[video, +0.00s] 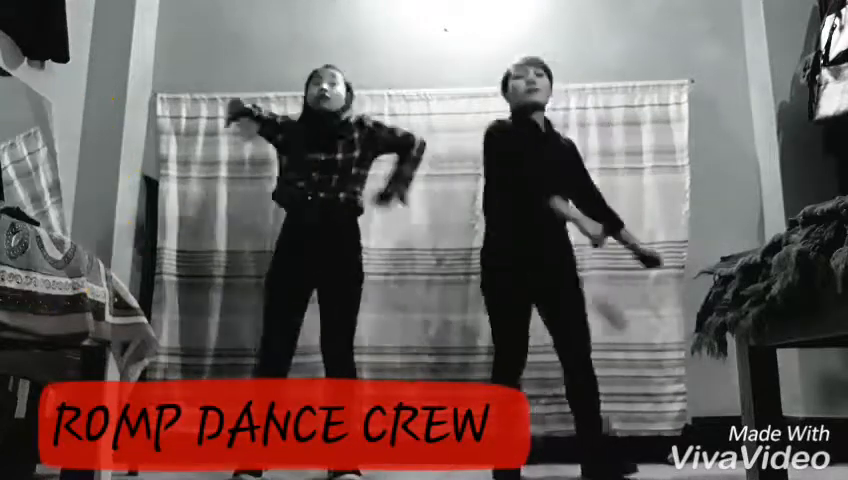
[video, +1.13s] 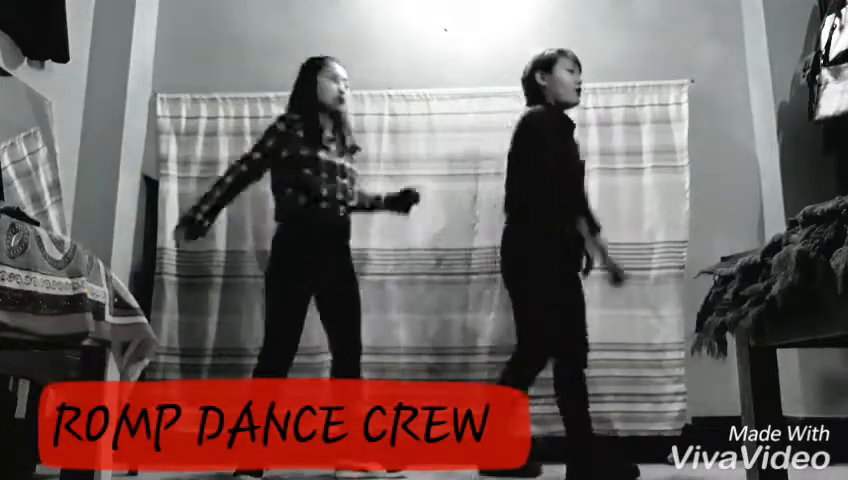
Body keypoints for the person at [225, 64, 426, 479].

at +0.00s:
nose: (324, 86)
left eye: (333, 81)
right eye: (316, 81)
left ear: (348, 96)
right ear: (305, 95)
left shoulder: (363, 131)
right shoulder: (289, 129)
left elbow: (414, 145)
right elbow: (247, 114)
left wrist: (397, 184)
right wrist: (242, 113)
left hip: (340, 245)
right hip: (295, 244)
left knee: (338, 351)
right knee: (275, 349)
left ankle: (344, 454)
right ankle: (255, 451)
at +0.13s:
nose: (333, 89)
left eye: (342, 85)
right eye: (325, 82)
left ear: (352, 101)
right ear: (310, 94)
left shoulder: (353, 144)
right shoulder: (285, 131)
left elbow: (404, 153)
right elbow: (232, 148)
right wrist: (223, 166)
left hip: (333, 254)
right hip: (284, 251)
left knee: (334, 356)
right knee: (270, 353)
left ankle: (344, 457)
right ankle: (251, 454)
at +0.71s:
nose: (334, 88)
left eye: (342, 83)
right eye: (325, 81)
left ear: (352, 96)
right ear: (309, 90)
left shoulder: (356, 140)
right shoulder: (284, 128)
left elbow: (400, 173)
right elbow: (222, 126)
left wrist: (390, 134)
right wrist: (255, 120)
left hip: (339, 249)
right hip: (292, 245)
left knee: (339, 354)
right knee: (274, 351)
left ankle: (345, 458)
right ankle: (250, 455)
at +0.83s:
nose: (321, 90)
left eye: (330, 85)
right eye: (312, 83)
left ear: (342, 95)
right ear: (298, 92)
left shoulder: (354, 142)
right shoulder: (277, 140)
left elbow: (384, 185)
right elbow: (242, 191)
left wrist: (366, 224)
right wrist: (253, 169)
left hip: (336, 256)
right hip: (287, 255)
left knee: (337, 357)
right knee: (271, 354)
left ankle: (345, 458)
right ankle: (250, 456)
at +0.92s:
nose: (314, 89)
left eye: (323, 84)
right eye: (305, 82)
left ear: (334, 95)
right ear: (290, 90)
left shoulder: (345, 147)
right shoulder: (269, 141)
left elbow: (354, 208)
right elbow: (254, 200)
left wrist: (359, 260)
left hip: (333, 262)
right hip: (279, 261)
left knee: (336, 358)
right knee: (269, 356)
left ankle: (343, 456)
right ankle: (250, 455)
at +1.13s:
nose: (345, 86)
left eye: (345, 80)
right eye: (335, 79)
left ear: (343, 89)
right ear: (311, 84)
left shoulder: (342, 139)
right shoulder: (287, 129)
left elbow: (345, 198)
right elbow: (242, 172)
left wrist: (390, 202)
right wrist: (201, 215)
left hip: (334, 254)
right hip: (293, 252)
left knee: (347, 352)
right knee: (279, 352)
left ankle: (347, 445)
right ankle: (248, 447)